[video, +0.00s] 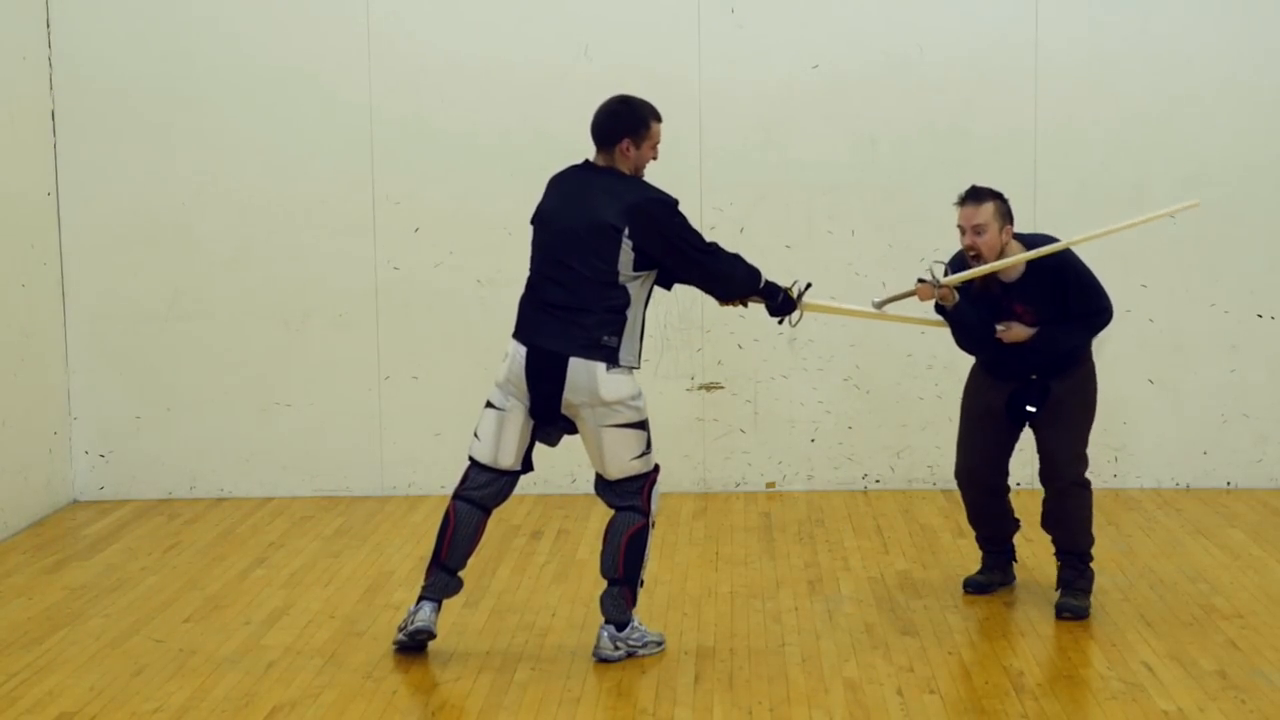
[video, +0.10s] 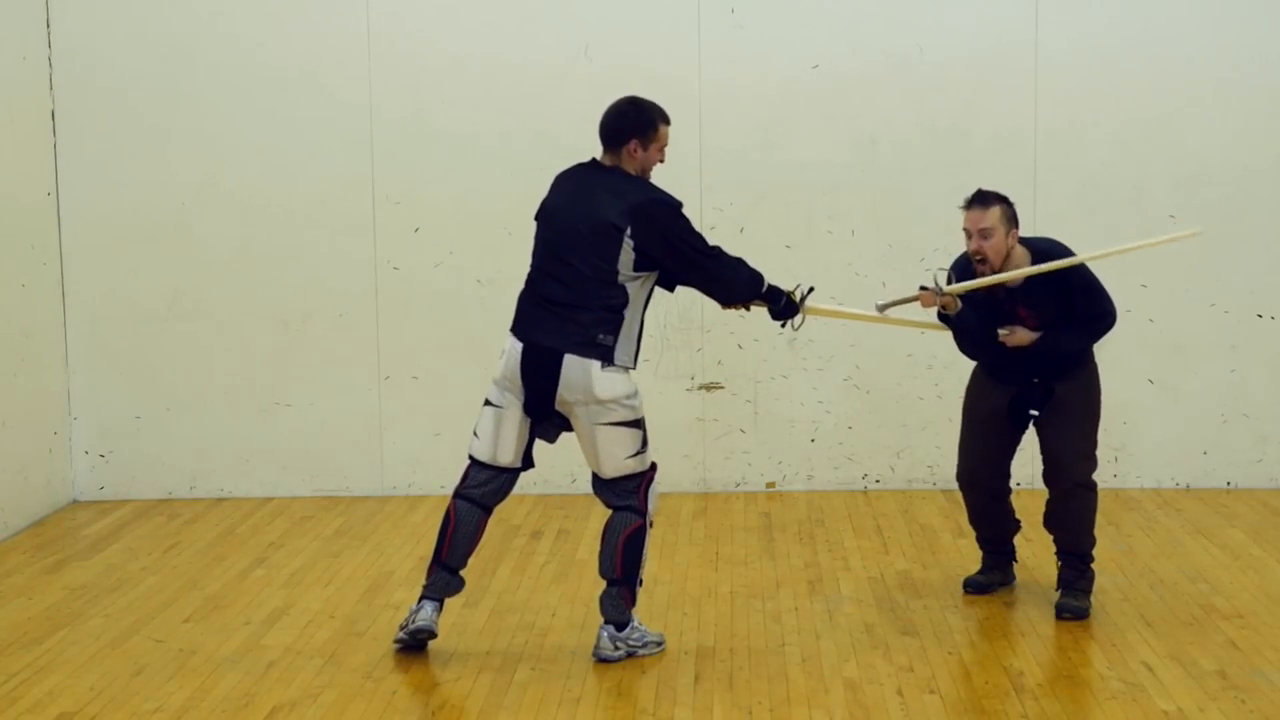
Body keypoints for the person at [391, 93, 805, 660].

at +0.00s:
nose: (655, 156)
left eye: (656, 146)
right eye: (652, 146)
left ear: (608, 144)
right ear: (627, 145)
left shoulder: (561, 186)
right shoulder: (644, 205)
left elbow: (643, 256)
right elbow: (704, 259)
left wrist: (716, 285)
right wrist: (767, 288)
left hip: (527, 359)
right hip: (600, 371)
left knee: (481, 481)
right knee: (632, 496)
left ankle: (427, 605)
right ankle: (617, 627)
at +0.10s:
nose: (663, 158)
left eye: (664, 148)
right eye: (659, 147)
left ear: (616, 145)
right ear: (633, 145)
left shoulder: (567, 183)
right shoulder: (648, 207)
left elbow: (645, 258)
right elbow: (706, 262)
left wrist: (720, 288)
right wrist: (770, 292)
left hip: (526, 356)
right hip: (597, 370)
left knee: (481, 480)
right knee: (630, 496)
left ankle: (428, 604)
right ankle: (617, 627)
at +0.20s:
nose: (665, 162)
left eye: (666, 151)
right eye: (661, 151)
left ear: (618, 147)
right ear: (637, 148)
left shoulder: (570, 182)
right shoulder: (647, 209)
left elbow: (637, 257)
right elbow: (706, 265)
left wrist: (725, 290)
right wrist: (772, 296)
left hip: (518, 353)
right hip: (587, 368)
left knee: (478, 481)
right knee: (624, 496)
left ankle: (431, 610)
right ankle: (617, 627)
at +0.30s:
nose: (658, 167)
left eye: (660, 156)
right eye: (655, 155)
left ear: (613, 151)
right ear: (630, 152)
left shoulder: (566, 185)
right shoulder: (641, 211)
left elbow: (637, 261)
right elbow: (703, 267)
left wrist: (725, 293)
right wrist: (771, 295)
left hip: (506, 351)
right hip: (578, 367)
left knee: (469, 485)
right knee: (617, 496)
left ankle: (425, 616)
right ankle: (617, 627)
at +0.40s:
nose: (643, 170)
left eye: (645, 159)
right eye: (641, 159)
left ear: (596, 154)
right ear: (615, 153)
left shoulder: (551, 190)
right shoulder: (628, 209)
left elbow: (628, 268)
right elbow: (692, 269)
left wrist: (709, 293)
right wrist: (761, 297)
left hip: (493, 356)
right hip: (567, 367)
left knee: (457, 489)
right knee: (611, 496)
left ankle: (416, 622)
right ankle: (616, 627)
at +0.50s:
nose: (620, 173)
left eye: (621, 162)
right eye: (620, 161)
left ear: (570, 147)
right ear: (604, 148)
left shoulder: (521, 182)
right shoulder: (612, 205)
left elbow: (542, 270)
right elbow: (657, 308)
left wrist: (622, 288)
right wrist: (694, 309)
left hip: (486, 356)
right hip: (560, 367)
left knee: (450, 489)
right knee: (608, 493)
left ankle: (413, 621)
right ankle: (616, 625)